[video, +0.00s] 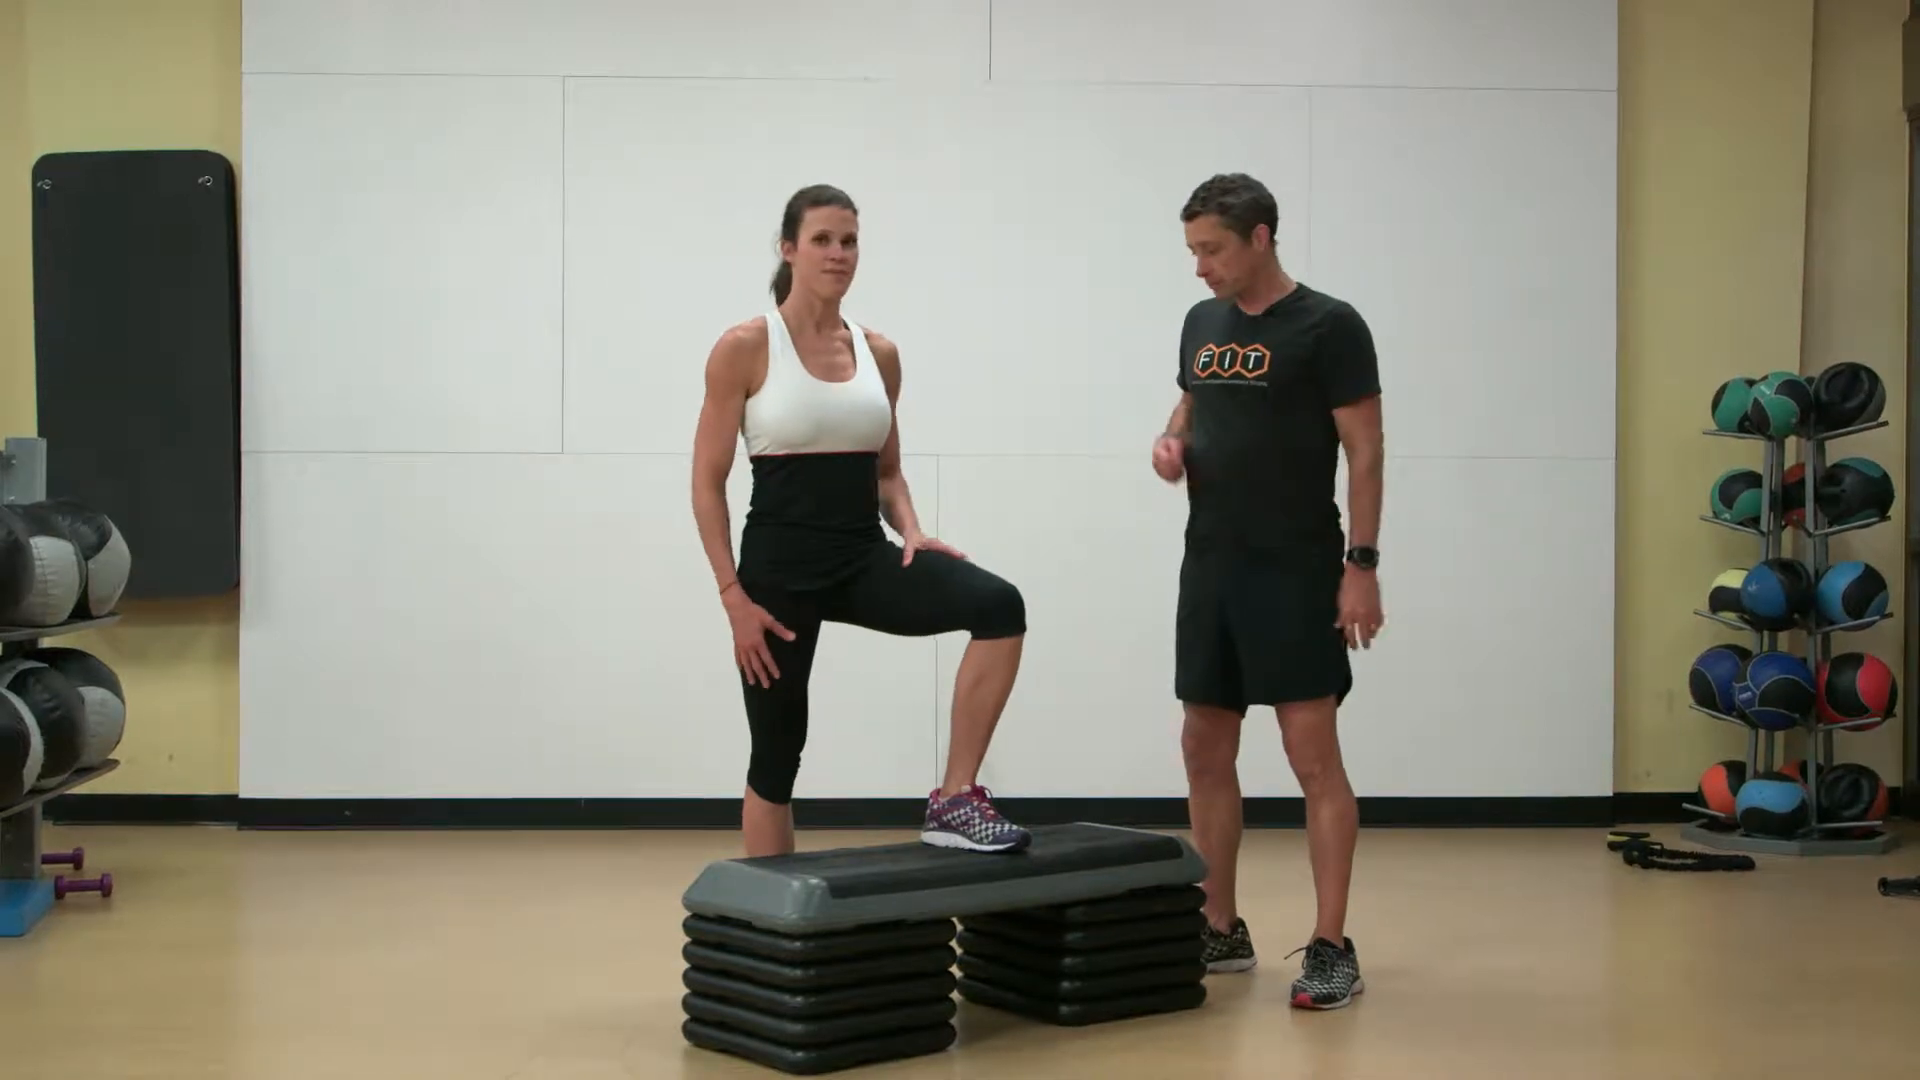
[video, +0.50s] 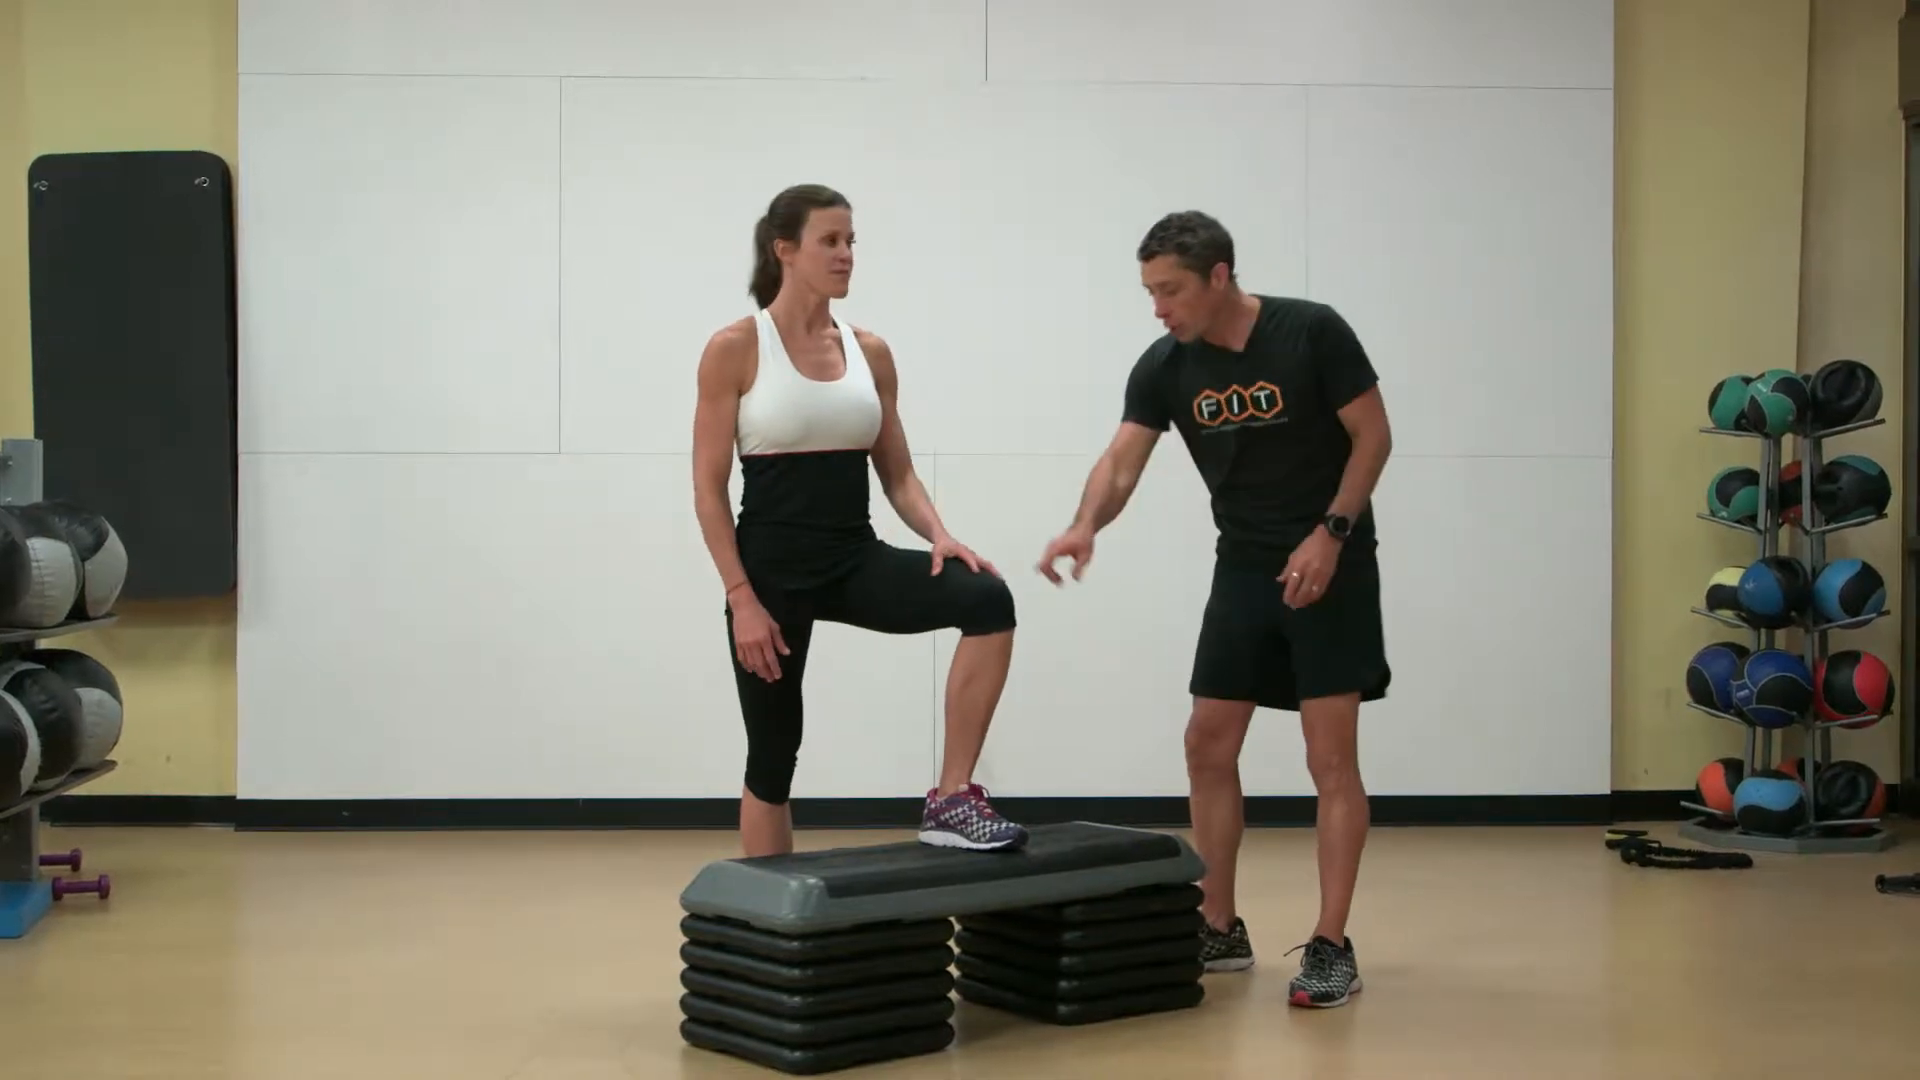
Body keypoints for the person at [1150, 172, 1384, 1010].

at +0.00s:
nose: (1200, 264)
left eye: (1210, 250)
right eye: (1194, 251)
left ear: (1261, 239)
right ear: (1202, 251)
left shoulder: (1330, 327)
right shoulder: (1202, 324)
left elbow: (1366, 454)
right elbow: (1191, 403)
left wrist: (1362, 565)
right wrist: (1173, 439)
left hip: (1297, 570)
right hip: (1211, 569)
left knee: (1313, 756)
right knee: (1204, 748)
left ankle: (1329, 943)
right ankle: (1218, 927)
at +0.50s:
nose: (1158, 306)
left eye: (1169, 290)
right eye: (1151, 292)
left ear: (1220, 277)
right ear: (1156, 290)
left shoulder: (1313, 333)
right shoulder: (1163, 368)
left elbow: (1374, 437)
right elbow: (1120, 464)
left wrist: (1331, 534)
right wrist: (1084, 524)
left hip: (1331, 561)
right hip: (1244, 567)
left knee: (1330, 756)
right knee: (1207, 743)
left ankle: (1330, 942)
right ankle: (1218, 928)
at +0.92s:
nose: (1146, 334)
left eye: (1158, 319)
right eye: (1139, 320)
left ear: (1208, 303)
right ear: (1142, 315)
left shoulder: (1305, 351)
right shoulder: (1152, 392)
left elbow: (1377, 450)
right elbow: (1101, 488)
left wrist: (1393, 562)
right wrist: (1046, 545)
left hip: (1340, 572)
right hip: (1249, 576)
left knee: (1337, 756)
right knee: (1195, 744)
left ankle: (1329, 940)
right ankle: (1215, 925)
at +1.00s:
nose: (1149, 328)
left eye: (1161, 313)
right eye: (1142, 314)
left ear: (1211, 299)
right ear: (1142, 311)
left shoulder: (1305, 350)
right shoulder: (1152, 390)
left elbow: (1375, 449)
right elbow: (1103, 485)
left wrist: (1388, 562)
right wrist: (1045, 548)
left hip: (1337, 572)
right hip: (1246, 576)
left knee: (1335, 756)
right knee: (1194, 744)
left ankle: (1329, 940)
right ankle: (1215, 925)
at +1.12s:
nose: (1162, 315)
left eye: (1174, 297)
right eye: (1151, 301)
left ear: (1219, 285)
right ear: (1147, 302)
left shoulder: (1305, 347)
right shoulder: (1152, 384)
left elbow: (1370, 445)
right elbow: (1101, 478)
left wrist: (1370, 561)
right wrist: (1043, 543)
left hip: (1331, 570)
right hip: (1242, 575)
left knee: (1333, 759)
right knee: (1194, 746)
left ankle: (1327, 940)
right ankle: (1213, 925)